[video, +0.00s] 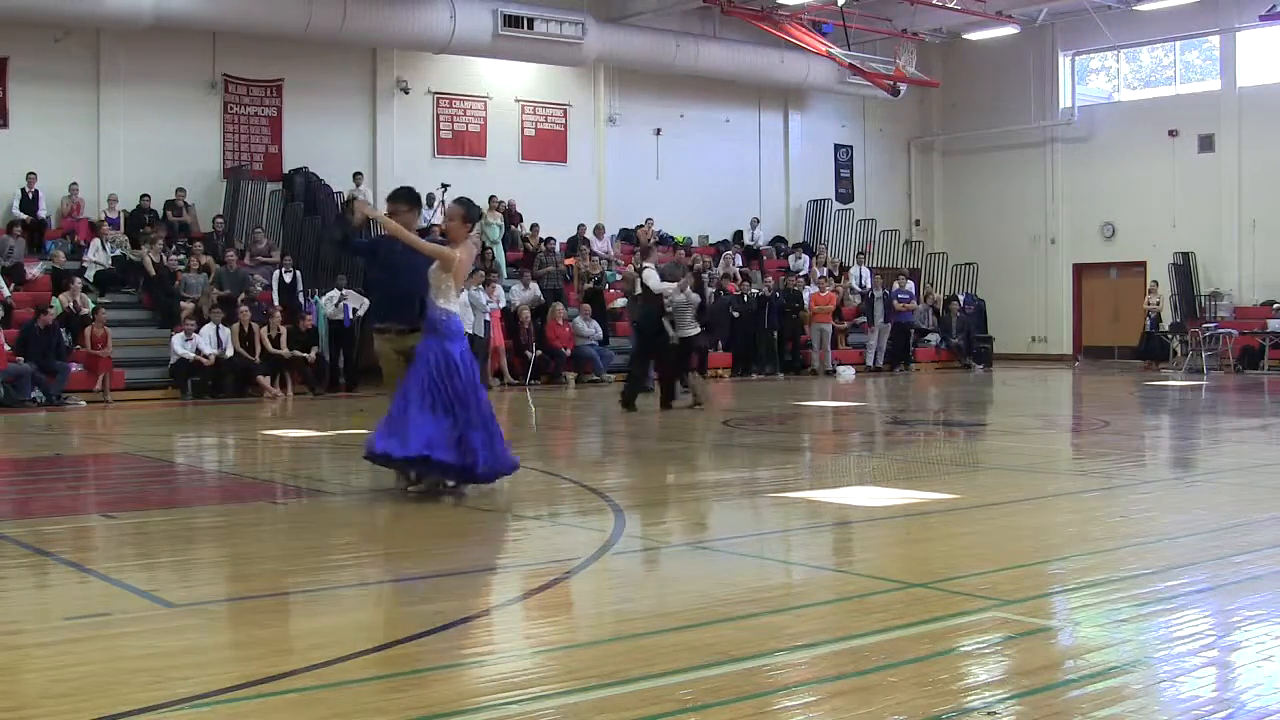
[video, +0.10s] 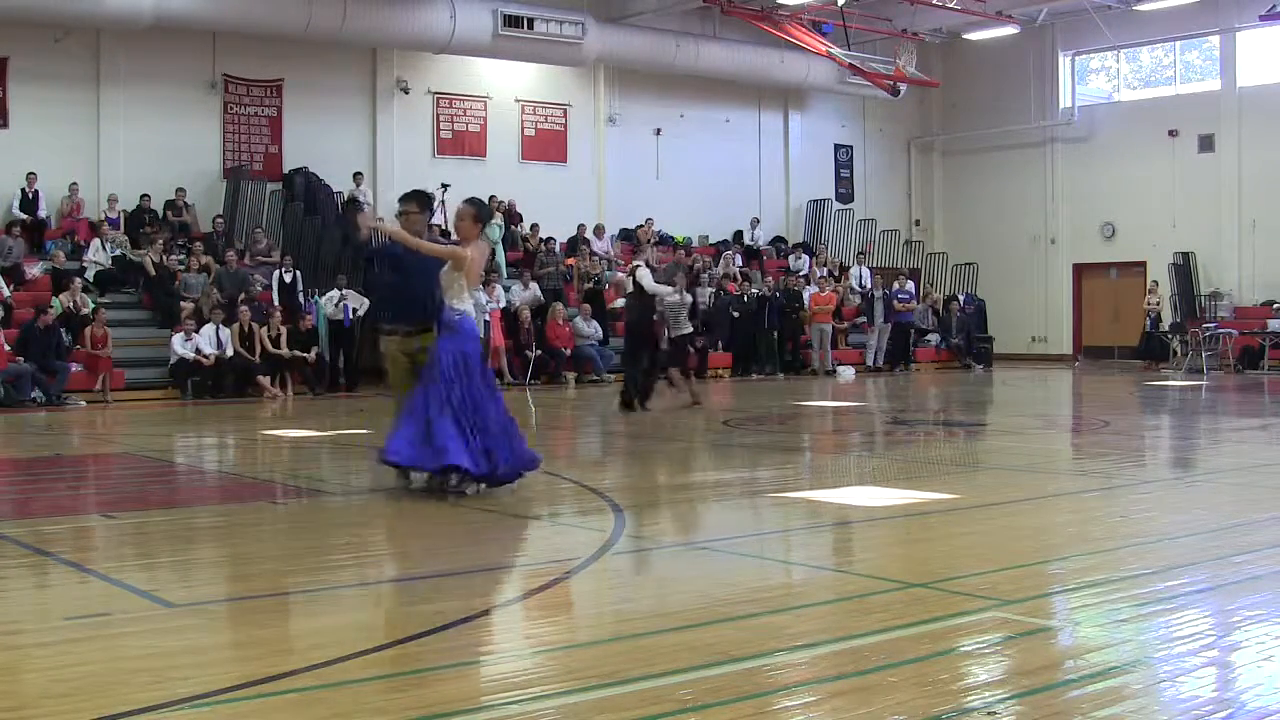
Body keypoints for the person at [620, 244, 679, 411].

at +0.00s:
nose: (658, 255)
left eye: (657, 252)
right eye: (656, 252)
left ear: (644, 256)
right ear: (652, 254)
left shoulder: (646, 270)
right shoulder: (648, 271)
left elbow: (658, 292)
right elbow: (656, 287)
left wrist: (678, 289)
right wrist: (677, 286)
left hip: (644, 319)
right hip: (652, 320)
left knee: (640, 358)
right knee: (665, 356)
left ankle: (628, 397)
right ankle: (666, 398)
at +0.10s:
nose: (652, 257)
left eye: (651, 253)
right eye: (650, 253)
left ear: (635, 256)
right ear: (644, 255)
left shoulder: (630, 272)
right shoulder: (642, 270)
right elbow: (650, 287)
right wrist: (672, 289)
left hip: (633, 322)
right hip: (643, 321)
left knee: (633, 359)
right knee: (650, 357)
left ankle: (628, 396)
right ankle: (642, 396)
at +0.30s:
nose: (633, 255)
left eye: (632, 253)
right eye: (632, 253)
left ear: (616, 255)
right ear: (629, 254)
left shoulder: (609, 275)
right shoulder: (632, 274)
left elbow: (607, 294)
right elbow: (648, 291)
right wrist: (671, 295)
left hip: (614, 321)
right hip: (629, 322)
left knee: (619, 359)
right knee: (628, 360)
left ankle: (624, 399)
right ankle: (612, 392)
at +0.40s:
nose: (630, 256)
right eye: (629, 253)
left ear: (612, 254)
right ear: (626, 254)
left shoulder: (603, 273)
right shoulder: (629, 273)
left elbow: (597, 292)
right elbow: (645, 290)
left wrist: (613, 292)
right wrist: (670, 295)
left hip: (606, 320)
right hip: (622, 320)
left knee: (610, 356)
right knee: (619, 358)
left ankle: (605, 391)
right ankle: (616, 396)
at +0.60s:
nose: (622, 255)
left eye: (621, 251)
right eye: (621, 252)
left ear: (602, 252)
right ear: (617, 253)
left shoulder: (592, 270)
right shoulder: (620, 271)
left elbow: (578, 285)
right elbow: (641, 288)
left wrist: (595, 293)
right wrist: (666, 290)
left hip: (594, 322)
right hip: (611, 323)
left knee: (596, 359)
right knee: (609, 363)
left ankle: (590, 391)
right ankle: (604, 406)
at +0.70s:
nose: (613, 254)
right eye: (612, 251)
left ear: (593, 253)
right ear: (609, 253)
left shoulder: (586, 270)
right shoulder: (615, 271)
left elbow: (568, 285)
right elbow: (636, 287)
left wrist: (586, 293)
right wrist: (659, 289)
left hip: (589, 321)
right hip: (607, 322)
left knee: (582, 357)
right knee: (606, 364)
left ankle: (578, 397)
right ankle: (603, 405)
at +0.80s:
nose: (580, 254)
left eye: (582, 252)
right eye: (581, 251)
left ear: (586, 252)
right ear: (600, 252)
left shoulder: (578, 270)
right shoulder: (609, 271)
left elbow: (560, 285)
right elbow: (630, 289)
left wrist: (578, 294)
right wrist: (652, 290)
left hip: (582, 322)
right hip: (601, 322)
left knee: (572, 359)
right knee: (601, 363)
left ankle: (569, 398)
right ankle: (603, 405)